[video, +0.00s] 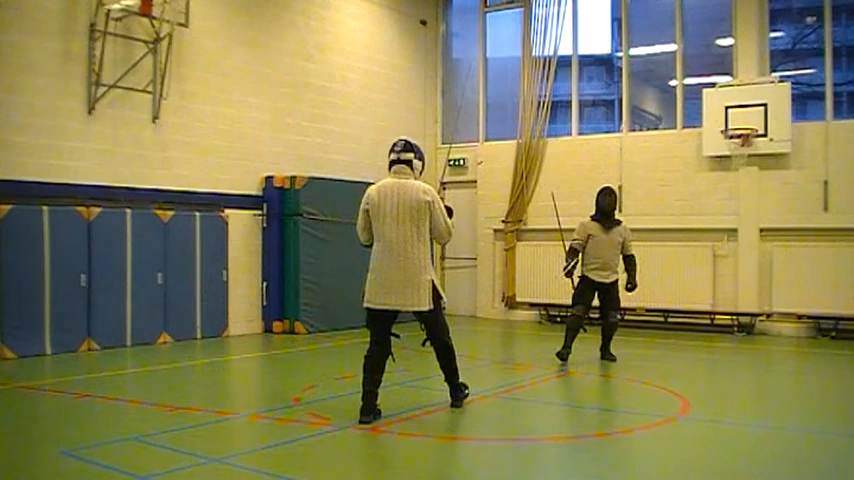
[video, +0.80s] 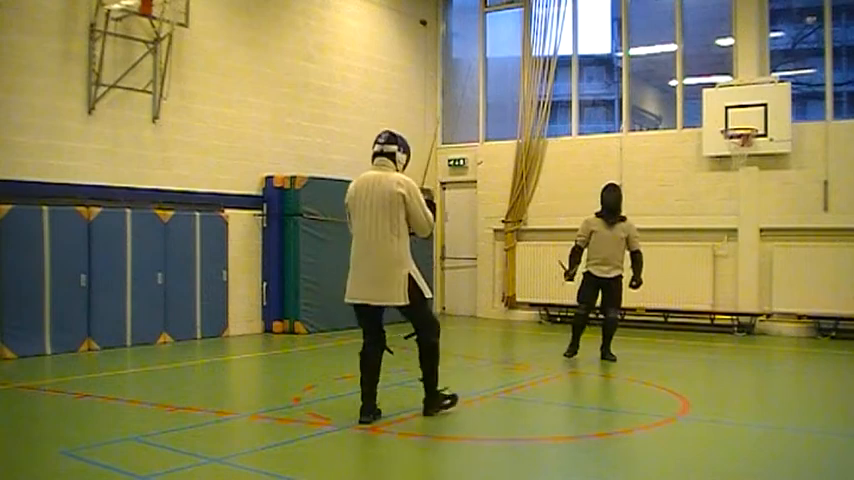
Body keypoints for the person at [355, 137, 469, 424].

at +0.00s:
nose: (420, 167)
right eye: (420, 163)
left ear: (390, 162)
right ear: (417, 163)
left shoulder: (373, 192)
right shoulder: (426, 193)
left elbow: (364, 238)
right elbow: (444, 235)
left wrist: (389, 229)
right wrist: (444, 213)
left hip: (381, 283)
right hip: (419, 283)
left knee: (378, 343)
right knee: (440, 337)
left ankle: (368, 407)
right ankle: (455, 390)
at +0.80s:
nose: (405, 162)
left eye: (405, 158)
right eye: (406, 158)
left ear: (375, 155)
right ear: (400, 157)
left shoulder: (355, 185)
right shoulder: (404, 184)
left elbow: (354, 227)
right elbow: (424, 229)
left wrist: (388, 217)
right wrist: (427, 202)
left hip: (361, 277)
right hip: (398, 275)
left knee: (372, 339)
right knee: (428, 328)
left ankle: (367, 407)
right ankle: (432, 396)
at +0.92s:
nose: (396, 157)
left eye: (397, 152)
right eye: (396, 152)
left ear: (365, 149)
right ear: (390, 151)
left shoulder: (346, 181)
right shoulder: (391, 178)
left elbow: (354, 220)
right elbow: (413, 222)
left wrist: (394, 220)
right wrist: (413, 197)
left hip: (348, 276)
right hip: (385, 274)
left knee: (369, 338)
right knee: (412, 335)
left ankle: (368, 406)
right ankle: (392, 403)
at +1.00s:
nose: (391, 155)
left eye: (391, 150)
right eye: (391, 150)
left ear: (360, 147)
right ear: (386, 149)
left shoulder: (341, 180)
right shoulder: (384, 176)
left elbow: (354, 220)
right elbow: (406, 221)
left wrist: (392, 198)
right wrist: (407, 194)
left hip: (344, 278)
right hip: (376, 277)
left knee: (367, 340)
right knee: (394, 342)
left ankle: (366, 407)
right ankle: (361, 403)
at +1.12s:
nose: (376, 159)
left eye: (376, 154)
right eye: (376, 154)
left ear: (345, 151)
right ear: (369, 153)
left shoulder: (326, 183)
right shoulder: (366, 180)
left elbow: (335, 224)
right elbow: (387, 225)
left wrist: (374, 200)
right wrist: (390, 197)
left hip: (328, 280)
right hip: (355, 280)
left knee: (358, 344)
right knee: (355, 345)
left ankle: (360, 408)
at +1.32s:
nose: (353, 163)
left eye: (353, 157)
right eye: (353, 157)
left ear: (321, 153)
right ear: (346, 155)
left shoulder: (301, 186)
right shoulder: (339, 182)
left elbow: (321, 227)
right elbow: (362, 228)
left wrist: (356, 197)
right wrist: (366, 201)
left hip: (304, 285)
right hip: (325, 286)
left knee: (345, 340)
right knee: (311, 356)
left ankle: (355, 409)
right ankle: (263, 426)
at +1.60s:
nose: (313, 154)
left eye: (314, 148)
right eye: (312, 148)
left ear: (279, 144)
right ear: (303, 146)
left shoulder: (262, 177)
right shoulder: (296, 174)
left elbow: (280, 220)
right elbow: (322, 223)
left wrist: (318, 190)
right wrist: (327, 193)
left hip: (267, 281)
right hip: (290, 282)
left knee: (308, 345)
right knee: (285, 355)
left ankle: (325, 412)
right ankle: (249, 433)